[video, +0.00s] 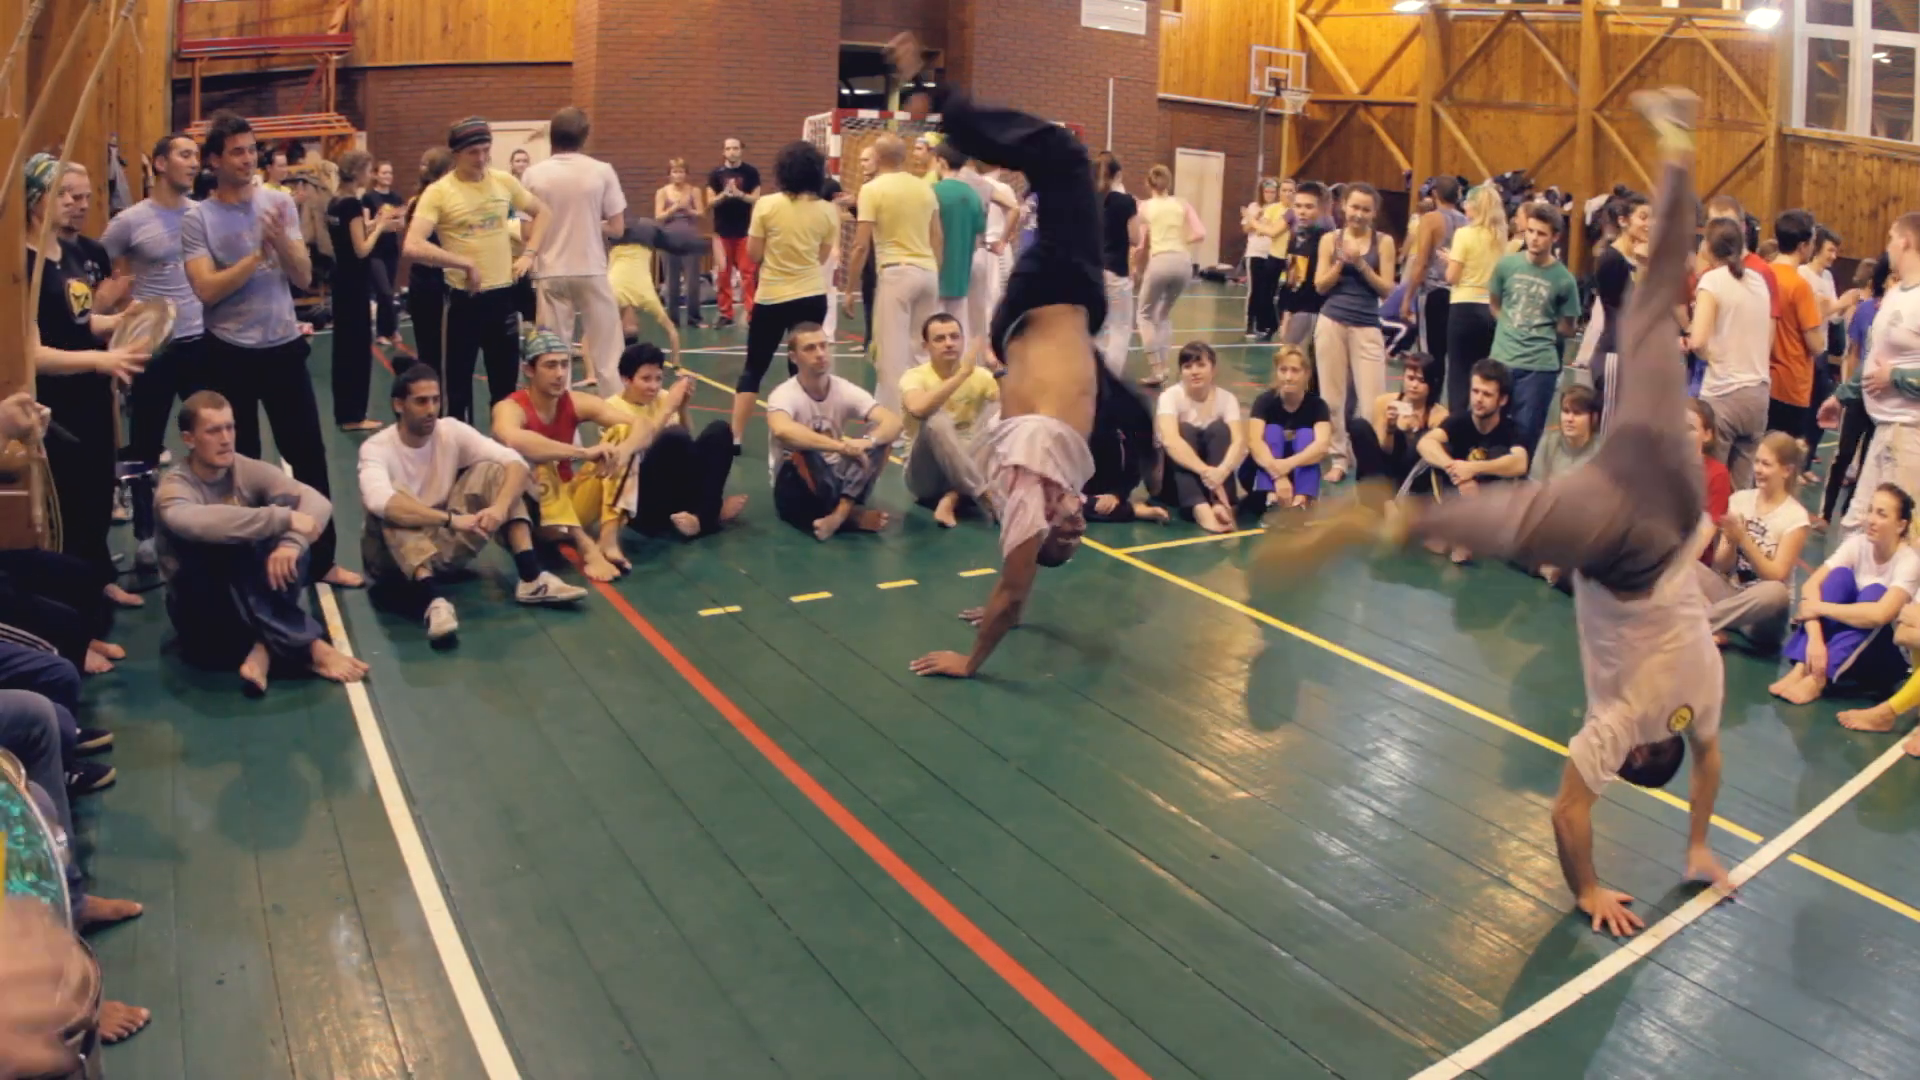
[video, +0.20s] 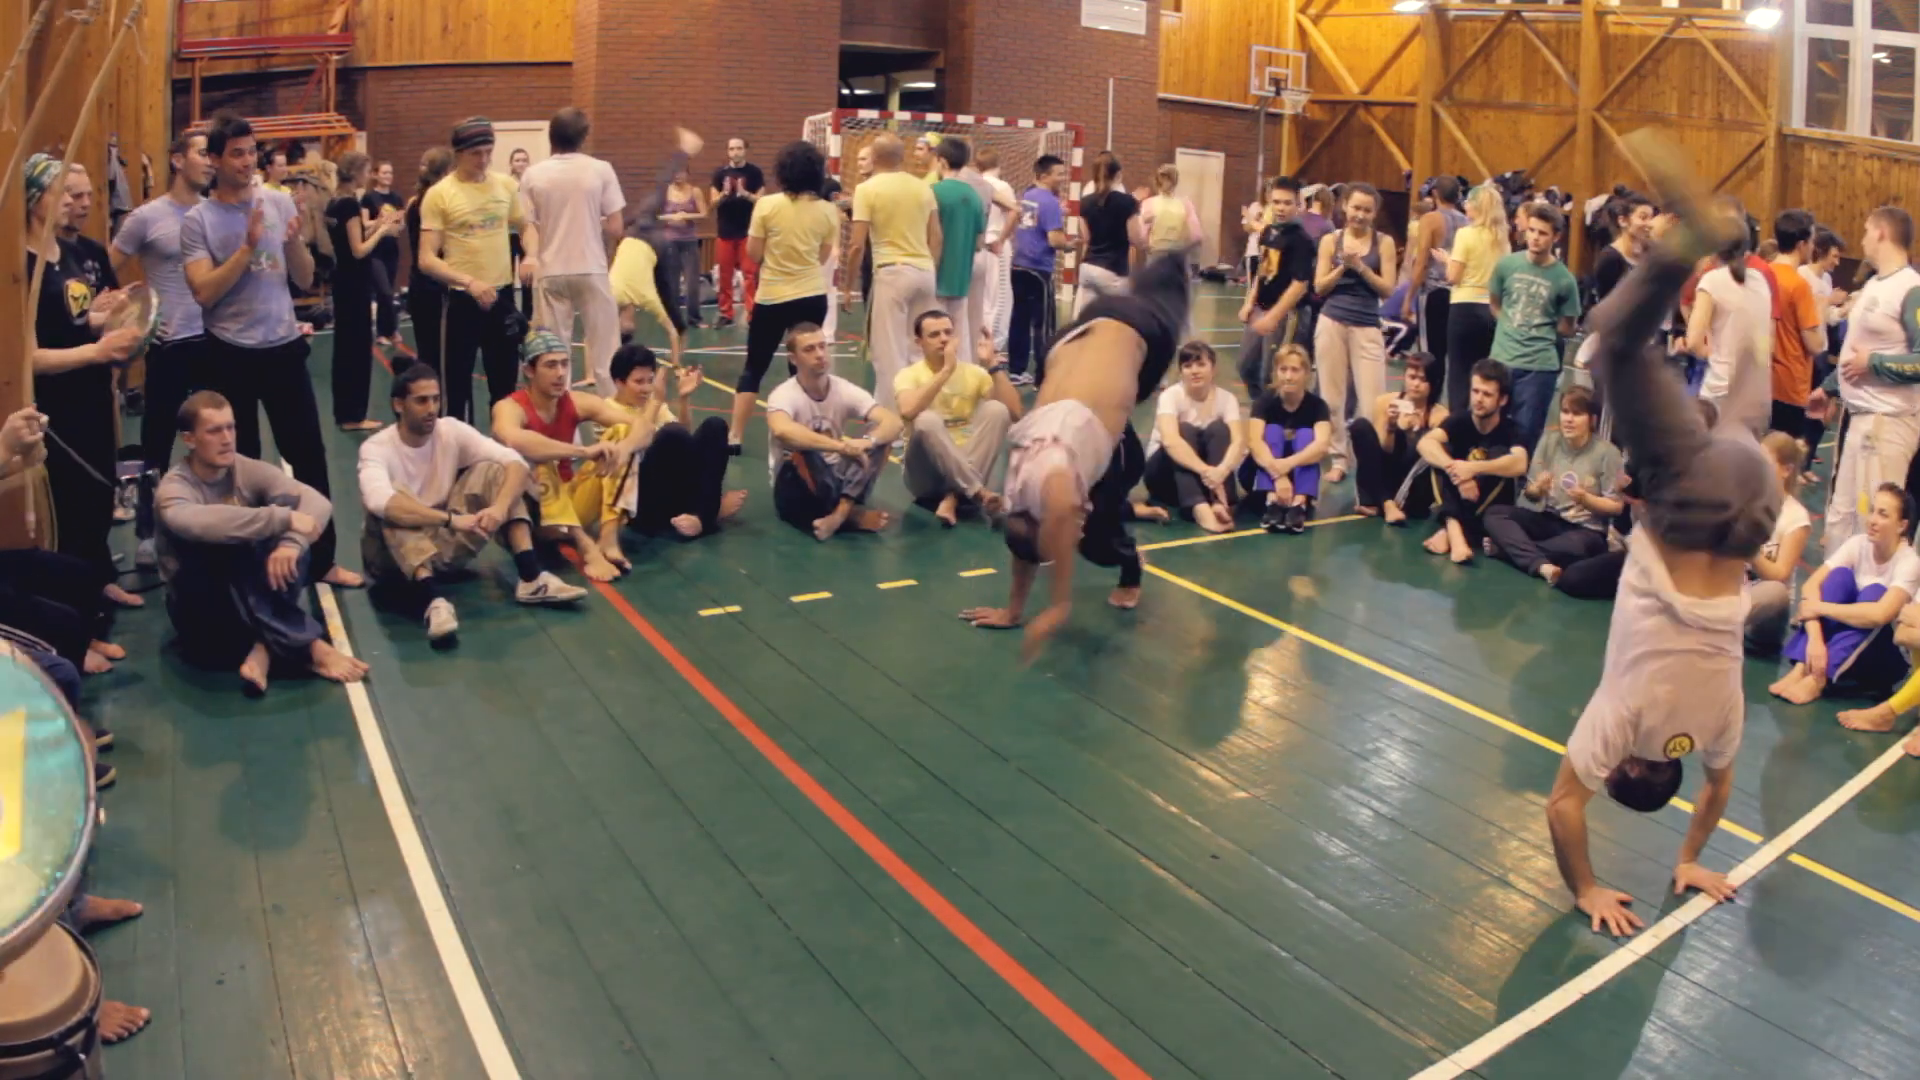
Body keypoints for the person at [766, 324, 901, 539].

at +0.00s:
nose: (820, 354)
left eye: (823, 346)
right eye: (810, 349)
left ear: (829, 349)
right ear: (793, 356)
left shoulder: (842, 389)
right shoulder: (784, 394)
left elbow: (893, 422)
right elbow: (782, 430)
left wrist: (869, 441)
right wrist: (840, 446)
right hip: (797, 496)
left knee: (881, 440)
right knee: (803, 454)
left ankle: (839, 514)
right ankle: (850, 513)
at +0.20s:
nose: (819, 355)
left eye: (822, 347)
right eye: (809, 350)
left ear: (828, 348)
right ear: (793, 358)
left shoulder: (842, 389)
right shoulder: (784, 394)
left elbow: (893, 422)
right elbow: (781, 431)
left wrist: (869, 441)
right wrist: (841, 446)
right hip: (797, 495)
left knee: (880, 440)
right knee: (803, 454)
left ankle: (839, 513)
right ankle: (851, 513)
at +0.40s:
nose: (820, 355)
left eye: (822, 347)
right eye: (809, 350)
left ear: (827, 348)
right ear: (793, 358)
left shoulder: (841, 388)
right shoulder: (784, 394)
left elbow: (894, 423)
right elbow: (781, 430)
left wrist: (869, 441)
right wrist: (841, 447)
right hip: (797, 495)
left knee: (880, 439)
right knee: (802, 453)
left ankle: (840, 513)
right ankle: (850, 513)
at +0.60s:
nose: (820, 355)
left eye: (822, 347)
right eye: (810, 350)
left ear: (828, 348)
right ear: (793, 358)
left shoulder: (841, 388)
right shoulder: (784, 394)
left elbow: (893, 422)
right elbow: (781, 430)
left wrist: (869, 441)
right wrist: (841, 447)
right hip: (797, 495)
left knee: (880, 440)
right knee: (803, 453)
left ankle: (839, 513)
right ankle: (851, 512)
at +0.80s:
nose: (821, 355)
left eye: (824, 347)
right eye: (811, 350)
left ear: (829, 348)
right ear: (793, 357)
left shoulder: (841, 388)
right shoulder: (784, 394)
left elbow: (893, 422)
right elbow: (781, 430)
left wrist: (869, 441)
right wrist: (841, 446)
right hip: (796, 496)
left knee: (880, 440)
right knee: (803, 453)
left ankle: (839, 513)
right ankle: (850, 512)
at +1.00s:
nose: (823, 355)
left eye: (826, 347)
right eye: (813, 349)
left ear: (831, 348)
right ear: (794, 357)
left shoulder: (841, 389)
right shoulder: (784, 394)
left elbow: (893, 421)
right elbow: (782, 430)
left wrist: (869, 441)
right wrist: (841, 446)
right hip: (796, 495)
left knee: (880, 441)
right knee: (803, 453)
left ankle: (839, 514)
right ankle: (850, 512)